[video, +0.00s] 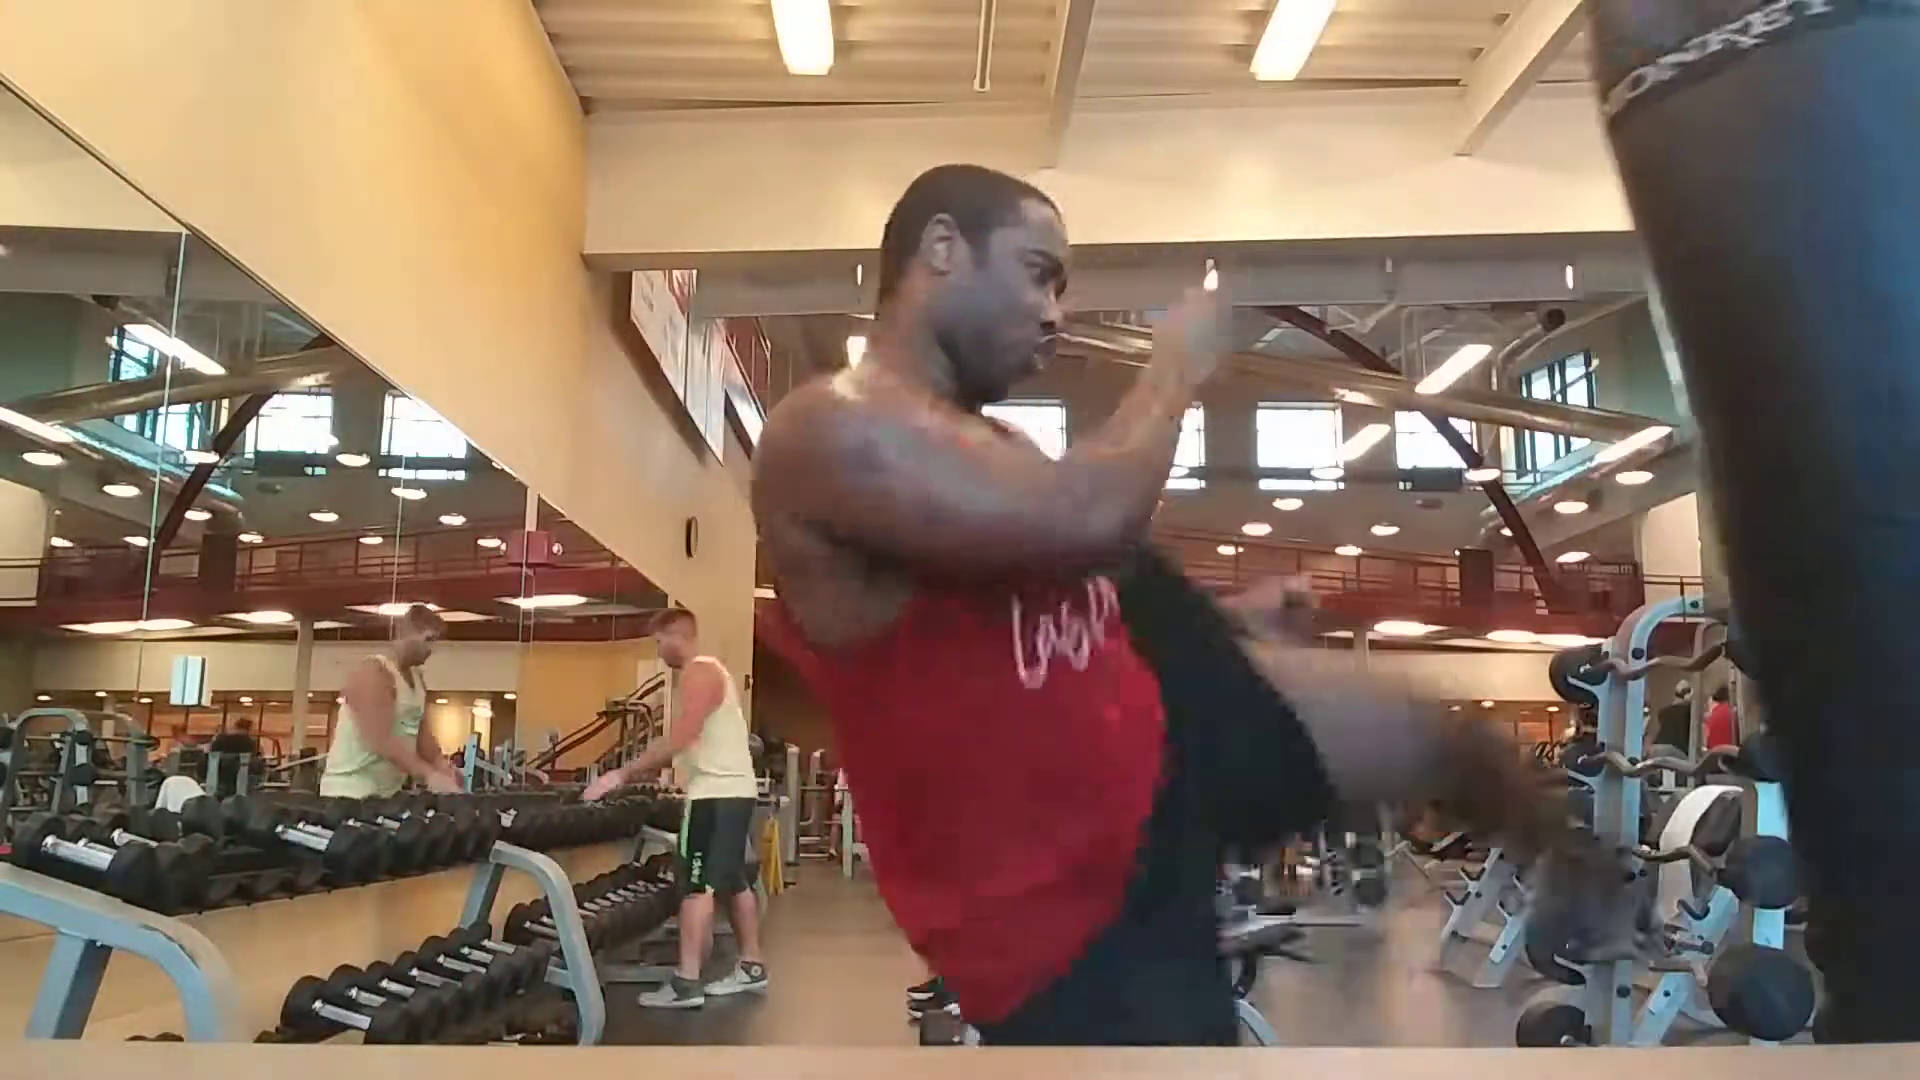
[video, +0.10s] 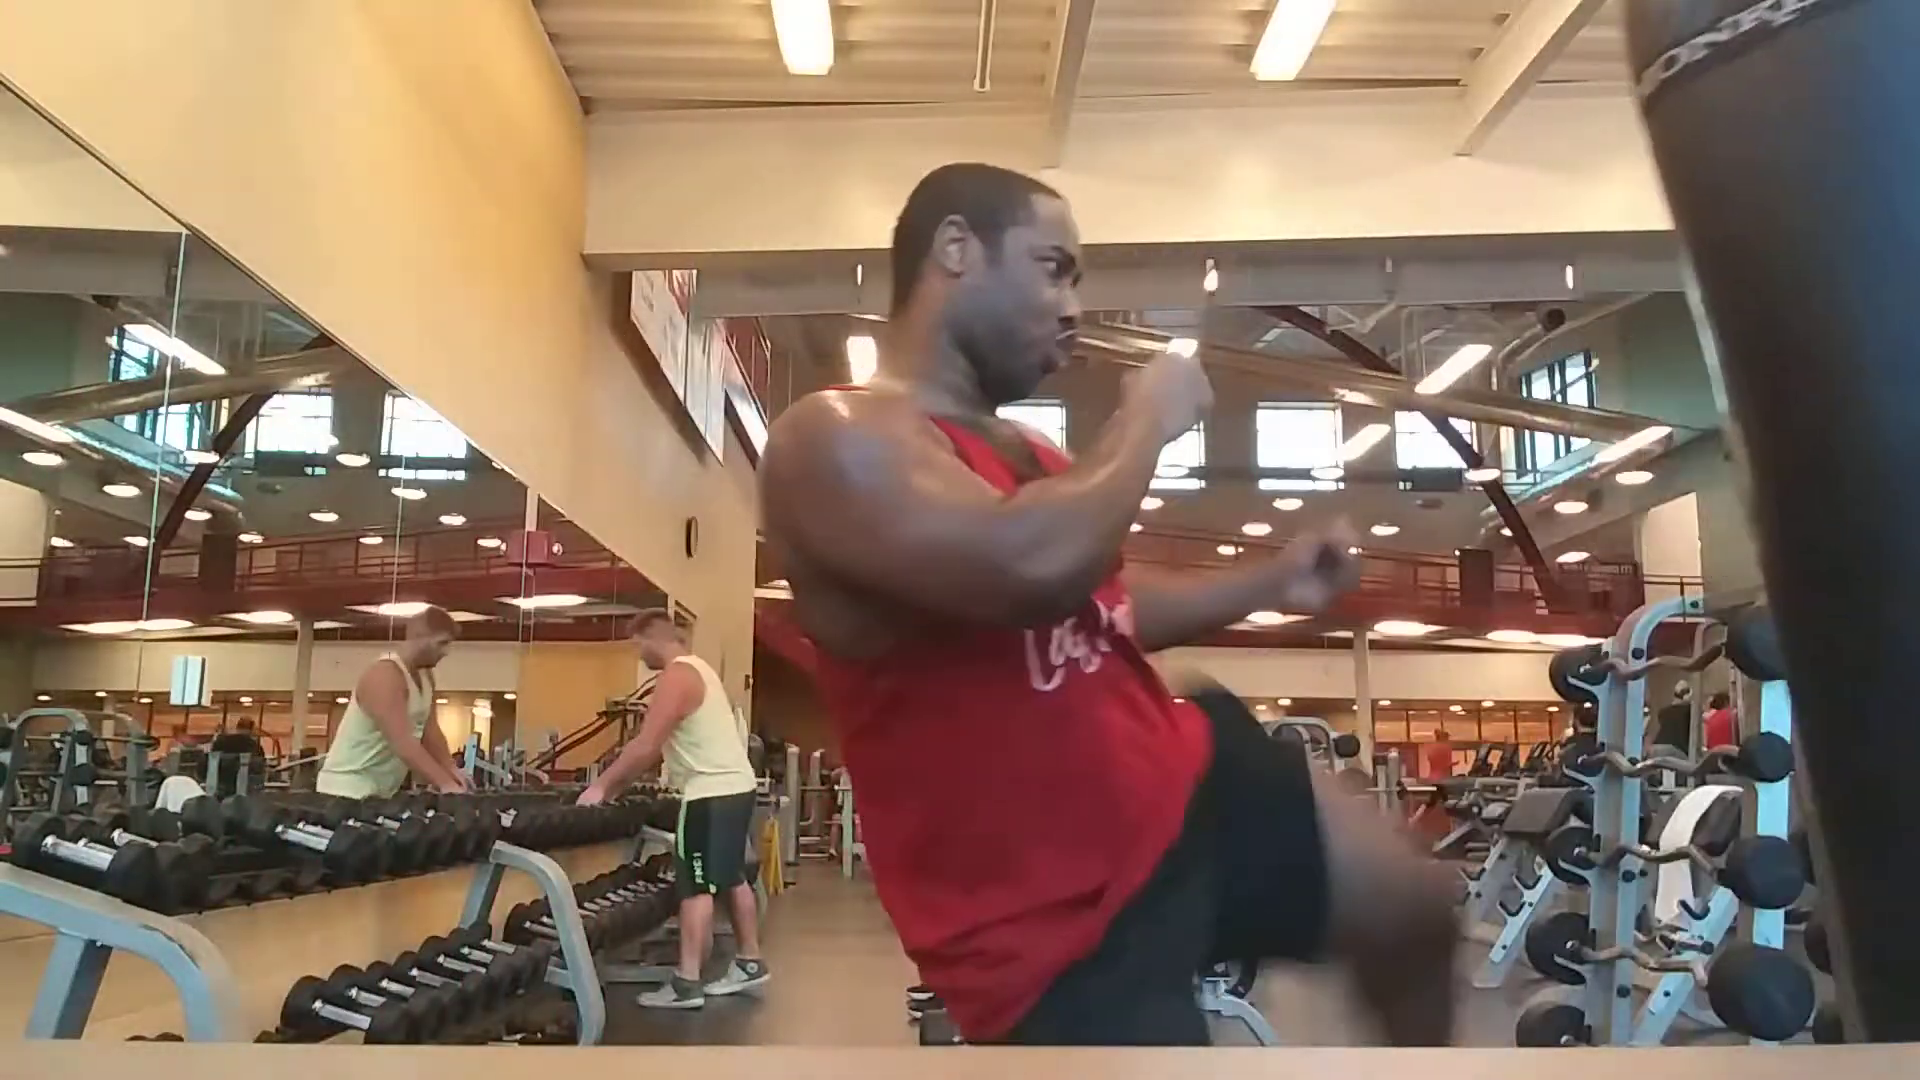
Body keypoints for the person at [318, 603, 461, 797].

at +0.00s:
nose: (431, 649)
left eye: (433, 641)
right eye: (428, 639)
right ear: (406, 632)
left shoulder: (415, 678)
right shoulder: (372, 672)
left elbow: (421, 736)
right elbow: (378, 740)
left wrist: (442, 767)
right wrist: (429, 775)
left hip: (389, 791)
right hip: (351, 792)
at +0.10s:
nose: (446, 652)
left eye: (448, 645)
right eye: (442, 644)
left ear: (421, 638)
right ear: (421, 637)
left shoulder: (423, 675)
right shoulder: (383, 675)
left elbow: (430, 731)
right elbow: (403, 745)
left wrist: (451, 771)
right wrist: (445, 784)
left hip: (382, 791)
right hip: (347, 789)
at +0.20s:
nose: (455, 657)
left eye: (457, 649)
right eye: (453, 648)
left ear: (433, 642)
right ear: (431, 641)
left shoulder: (432, 679)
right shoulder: (392, 677)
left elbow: (439, 735)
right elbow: (412, 753)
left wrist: (462, 782)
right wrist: (449, 794)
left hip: (380, 790)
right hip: (346, 788)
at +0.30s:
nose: (463, 660)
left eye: (465, 652)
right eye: (460, 651)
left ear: (439, 647)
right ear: (440, 646)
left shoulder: (438, 680)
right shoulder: (398, 679)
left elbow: (442, 734)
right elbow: (410, 757)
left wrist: (465, 788)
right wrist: (451, 797)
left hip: (381, 791)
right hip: (345, 789)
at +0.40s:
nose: (465, 662)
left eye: (467, 654)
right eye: (463, 653)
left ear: (442, 648)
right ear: (444, 648)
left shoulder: (440, 682)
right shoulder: (399, 681)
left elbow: (446, 737)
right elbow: (410, 762)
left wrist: (466, 790)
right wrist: (451, 798)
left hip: (383, 788)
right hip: (348, 787)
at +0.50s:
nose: (467, 662)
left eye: (469, 655)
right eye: (465, 654)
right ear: (449, 648)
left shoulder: (440, 682)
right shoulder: (401, 681)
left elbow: (445, 736)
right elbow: (409, 759)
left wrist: (466, 789)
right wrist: (450, 797)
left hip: (381, 790)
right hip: (347, 789)